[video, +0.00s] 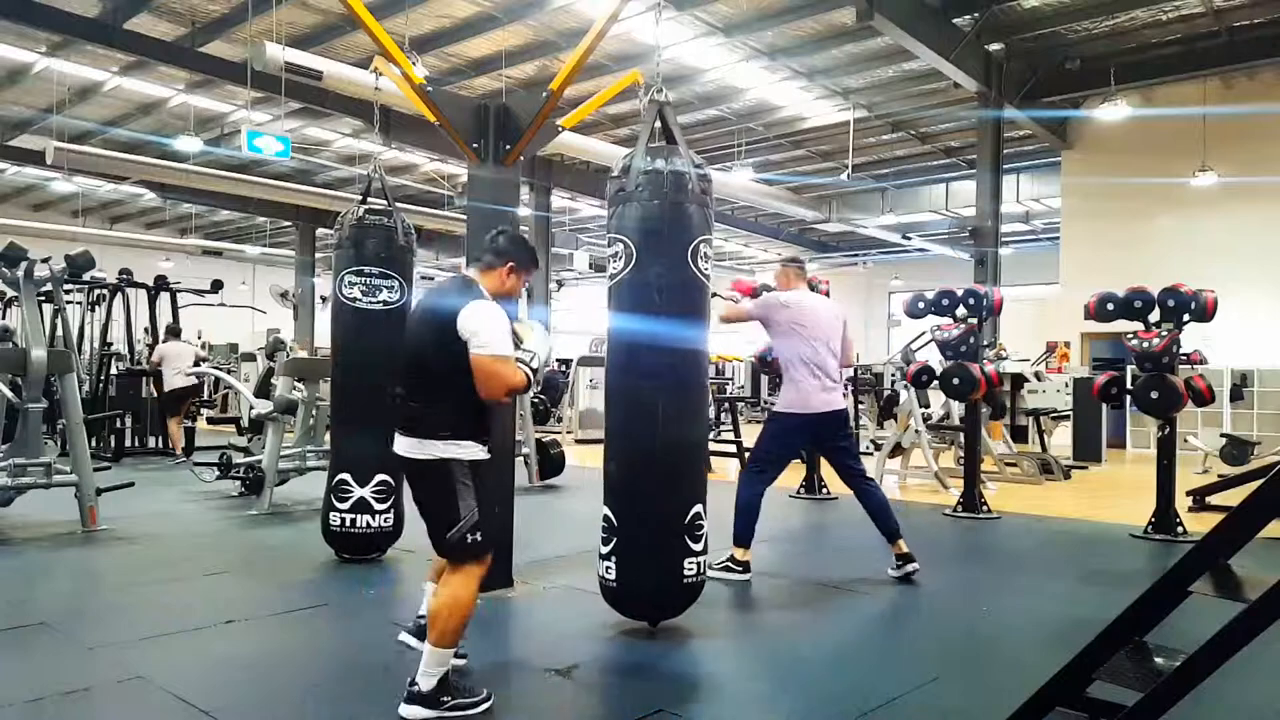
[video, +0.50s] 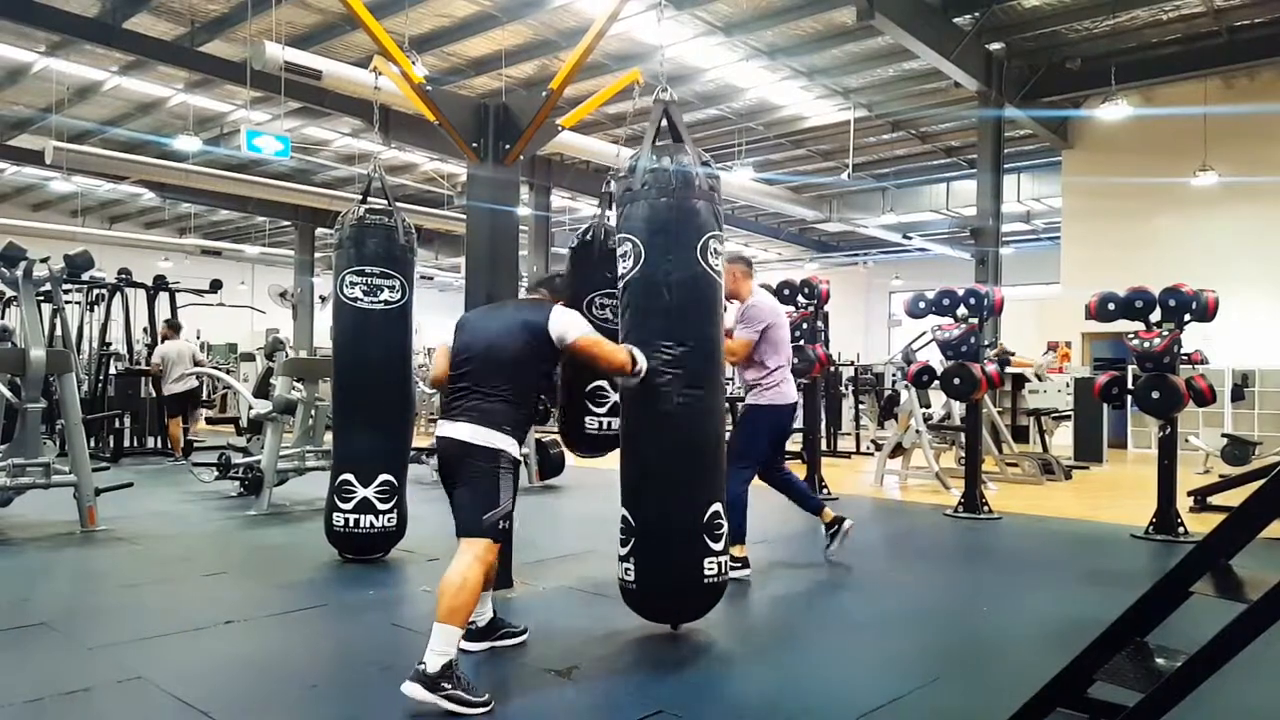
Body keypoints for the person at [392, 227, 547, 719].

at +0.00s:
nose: (521, 293)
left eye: (523, 284)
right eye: (523, 283)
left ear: (486, 262)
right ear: (508, 270)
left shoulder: (438, 295)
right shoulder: (481, 309)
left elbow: (448, 369)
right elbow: (495, 385)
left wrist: (510, 363)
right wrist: (530, 370)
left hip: (420, 445)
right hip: (448, 450)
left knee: (456, 545)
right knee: (471, 560)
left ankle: (427, 620)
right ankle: (429, 685)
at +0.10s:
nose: (535, 305)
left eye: (540, 298)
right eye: (539, 296)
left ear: (514, 275)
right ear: (525, 282)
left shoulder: (469, 300)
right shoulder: (487, 315)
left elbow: (470, 381)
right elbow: (474, 392)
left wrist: (518, 382)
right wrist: (525, 390)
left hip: (432, 444)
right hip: (444, 450)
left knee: (463, 547)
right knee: (468, 562)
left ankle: (454, 623)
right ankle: (427, 685)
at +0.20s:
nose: (550, 320)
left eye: (555, 312)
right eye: (554, 310)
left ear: (527, 289)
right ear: (540, 296)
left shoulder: (486, 314)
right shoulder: (495, 325)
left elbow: (487, 382)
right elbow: (457, 390)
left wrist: (534, 377)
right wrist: (498, 431)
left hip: (450, 448)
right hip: (451, 451)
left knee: (468, 544)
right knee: (470, 561)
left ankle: (472, 623)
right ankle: (428, 685)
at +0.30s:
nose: (559, 324)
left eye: (563, 316)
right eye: (561, 314)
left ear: (532, 295)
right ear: (550, 303)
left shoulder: (498, 314)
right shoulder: (515, 321)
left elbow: (499, 381)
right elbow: (477, 370)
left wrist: (541, 375)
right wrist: (520, 413)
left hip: (463, 445)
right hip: (468, 448)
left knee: (481, 544)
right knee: (479, 558)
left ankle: (480, 621)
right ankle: (428, 680)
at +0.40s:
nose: (563, 316)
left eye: (563, 311)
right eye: (564, 310)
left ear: (525, 289)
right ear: (554, 301)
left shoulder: (473, 314)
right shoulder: (543, 316)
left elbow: (450, 376)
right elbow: (593, 363)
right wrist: (623, 358)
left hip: (444, 439)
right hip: (483, 444)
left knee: (481, 534)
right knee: (476, 552)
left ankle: (479, 620)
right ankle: (429, 673)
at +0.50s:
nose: (568, 317)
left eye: (567, 311)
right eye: (568, 311)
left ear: (529, 293)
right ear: (559, 302)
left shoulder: (475, 317)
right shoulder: (557, 316)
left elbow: (439, 375)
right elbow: (613, 359)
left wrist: (484, 378)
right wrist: (634, 359)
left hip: (450, 438)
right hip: (490, 444)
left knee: (481, 534)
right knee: (478, 550)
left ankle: (479, 621)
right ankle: (434, 669)